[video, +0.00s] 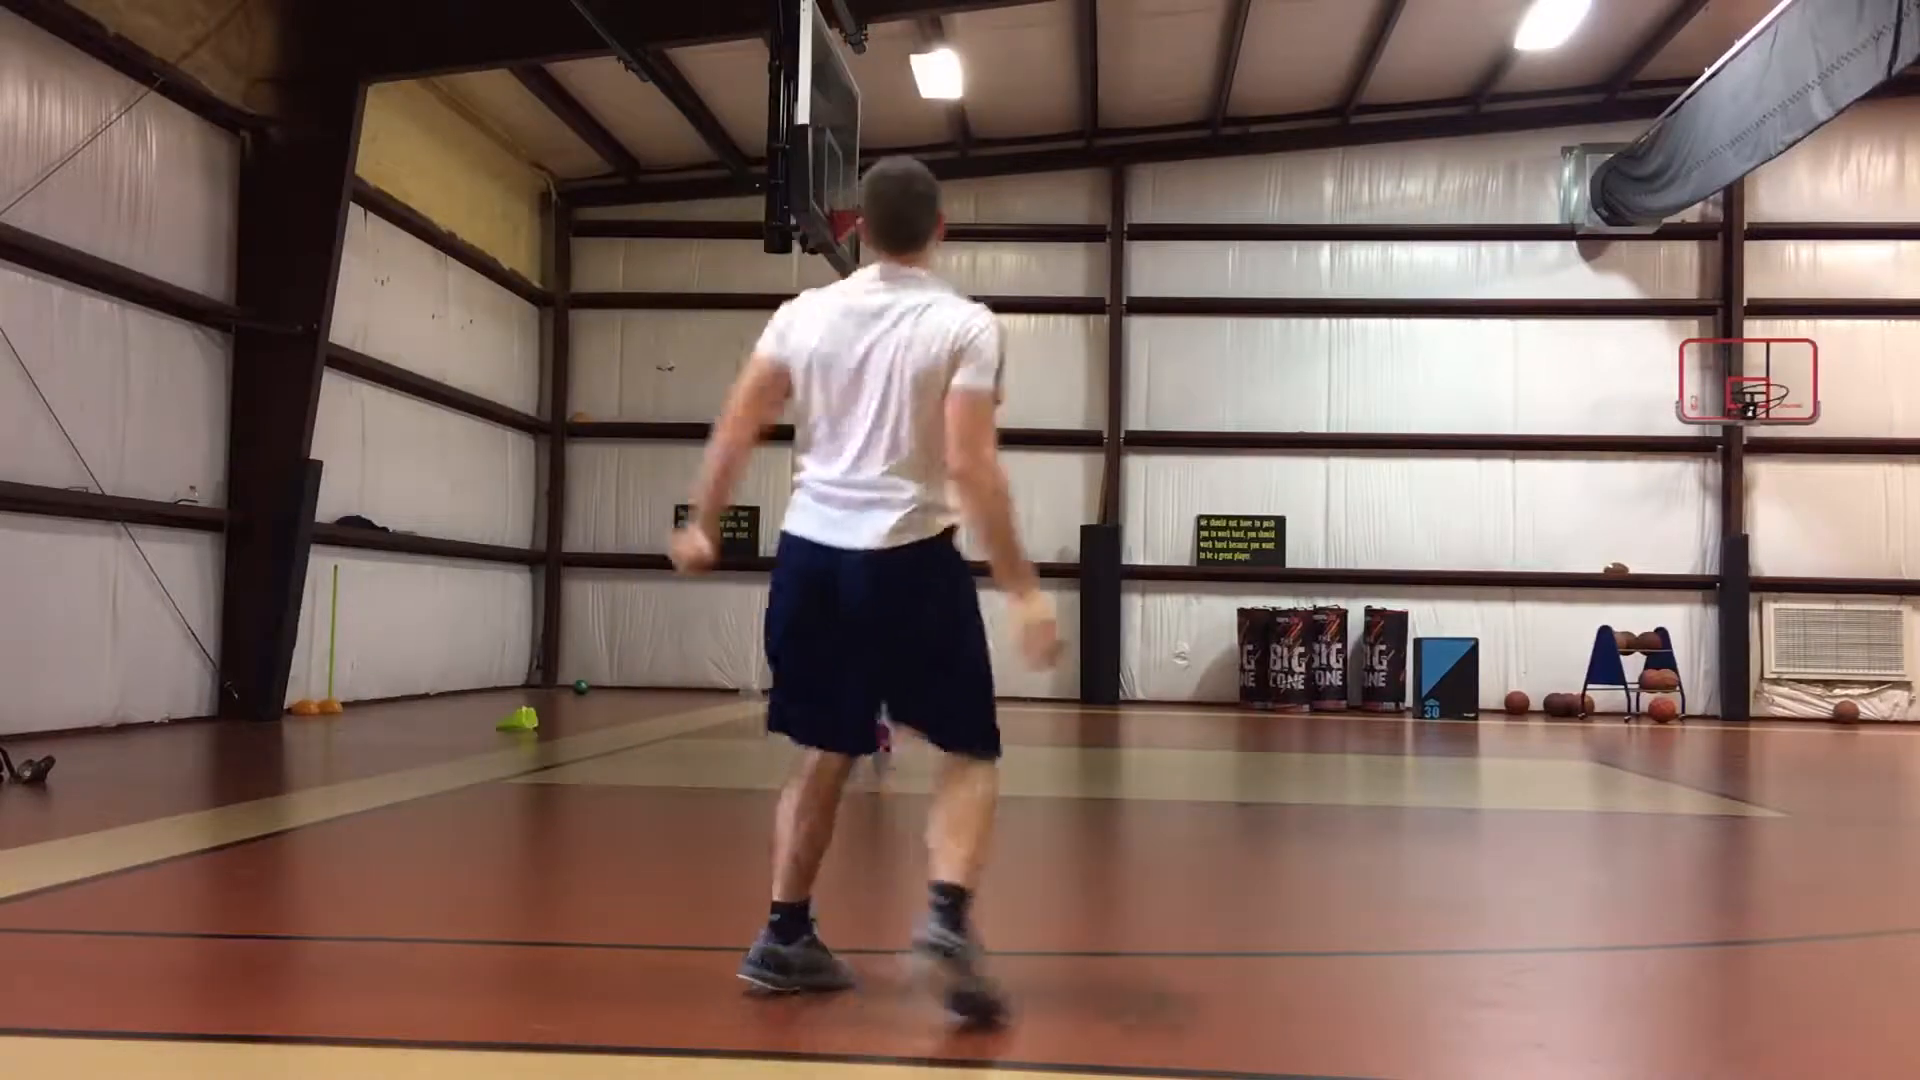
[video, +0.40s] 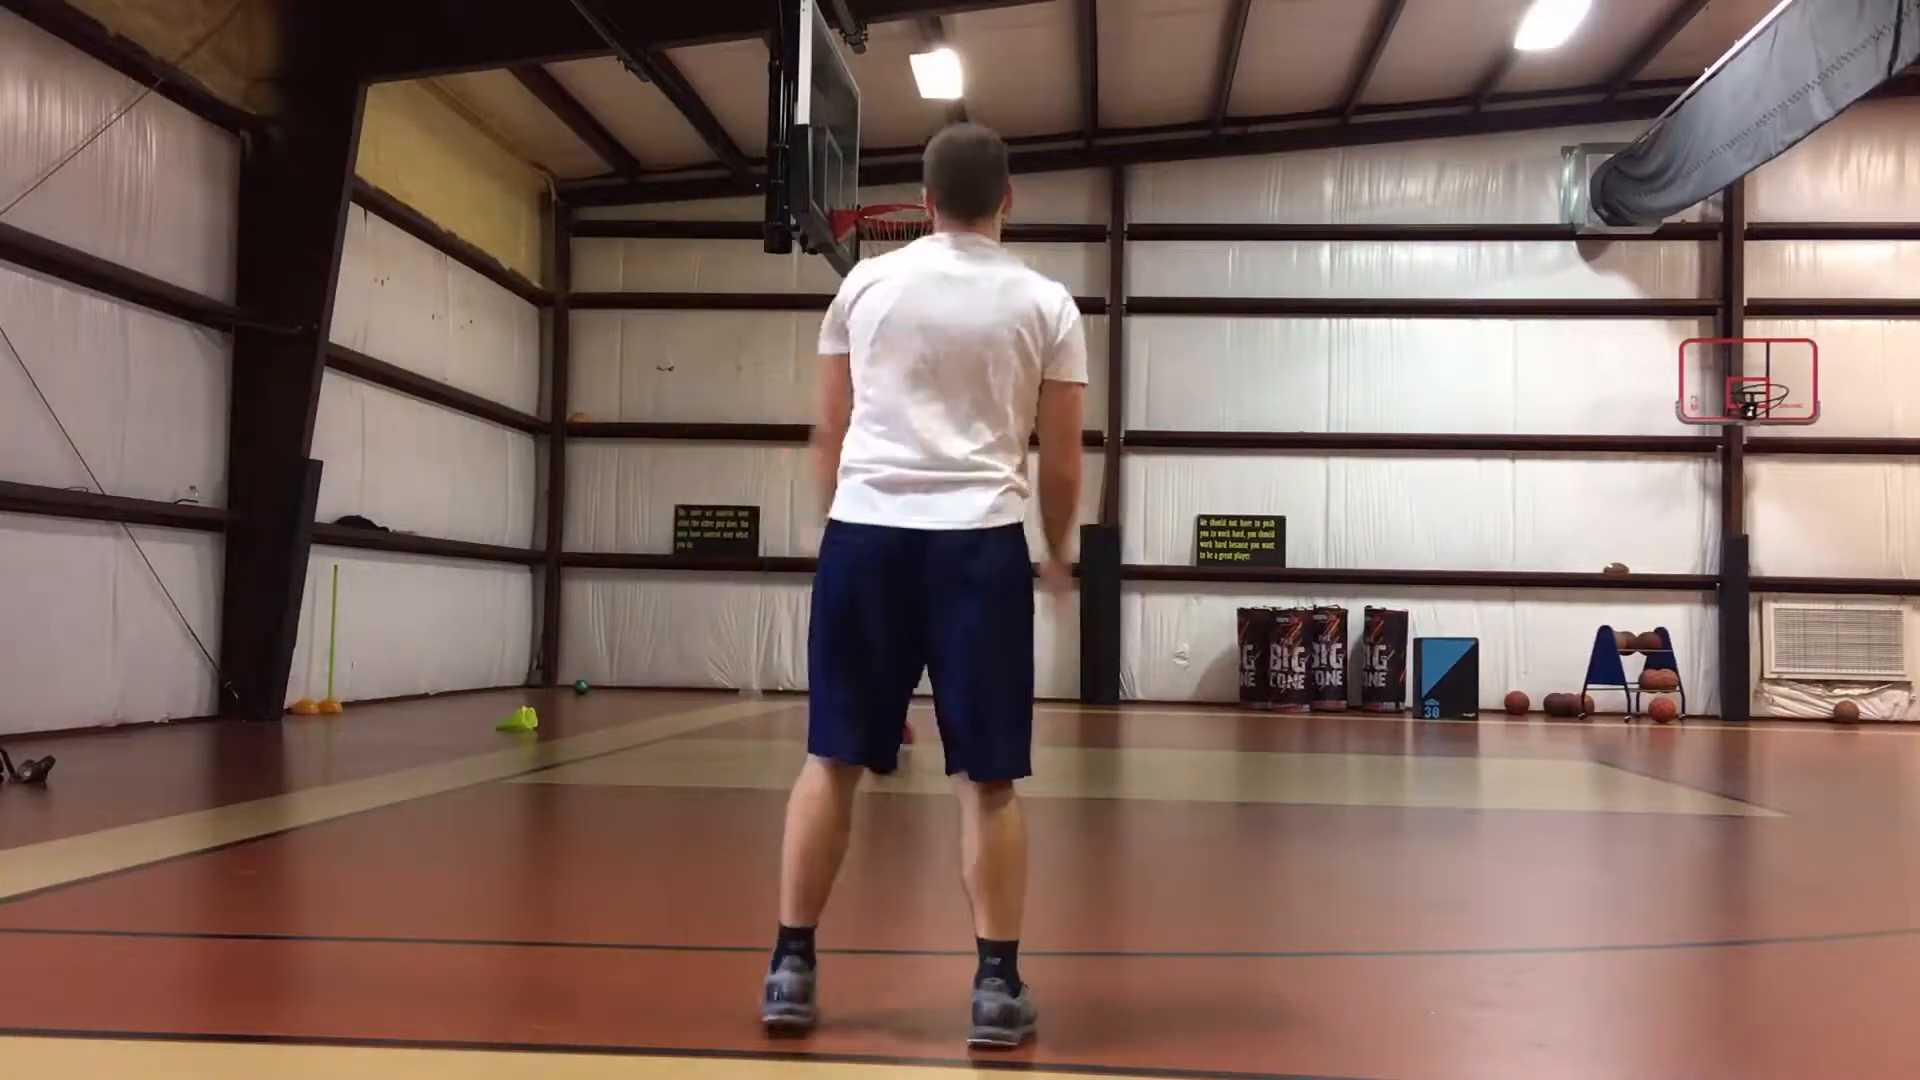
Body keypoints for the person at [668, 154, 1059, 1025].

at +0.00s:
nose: (942, 232)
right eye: (945, 222)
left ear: (862, 230)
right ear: (941, 229)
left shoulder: (803, 315)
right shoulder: (966, 327)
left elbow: (736, 428)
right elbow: (969, 464)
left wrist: (703, 521)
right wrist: (1025, 591)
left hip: (811, 568)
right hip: (913, 575)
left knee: (823, 748)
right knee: (970, 752)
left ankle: (784, 936)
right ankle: (945, 921)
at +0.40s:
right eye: (1007, 193)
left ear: (926, 198)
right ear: (1008, 201)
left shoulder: (862, 288)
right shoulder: (1045, 304)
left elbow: (831, 433)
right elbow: (1062, 459)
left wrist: (840, 529)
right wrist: (1060, 553)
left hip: (864, 548)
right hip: (984, 553)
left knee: (832, 757)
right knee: (990, 778)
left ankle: (791, 965)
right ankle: (997, 986)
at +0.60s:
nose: (885, 202)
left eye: (882, 189)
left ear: (885, 196)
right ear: (971, 196)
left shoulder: (833, 288)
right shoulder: (1019, 300)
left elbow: (838, 402)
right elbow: (1038, 464)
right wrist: (964, 439)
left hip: (842, 563)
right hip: (964, 570)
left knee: (802, 770)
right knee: (986, 789)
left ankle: (779, 978)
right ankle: (998, 987)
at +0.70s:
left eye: (857, 188)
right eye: (939, 190)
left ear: (853, 197)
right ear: (943, 197)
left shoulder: (798, 287)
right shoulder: (987, 291)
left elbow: (801, 394)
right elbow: (1035, 451)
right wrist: (1054, 475)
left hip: (810, 569)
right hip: (937, 576)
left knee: (794, 784)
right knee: (969, 792)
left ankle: (774, 1008)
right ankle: (996, 992)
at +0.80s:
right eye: (912, 176)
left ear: (817, 186)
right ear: (905, 184)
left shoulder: (760, 283)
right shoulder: (951, 280)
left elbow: (750, 437)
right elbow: (991, 427)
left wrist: (826, 487)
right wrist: (1055, 505)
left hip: (782, 562)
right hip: (910, 566)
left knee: (781, 790)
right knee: (946, 790)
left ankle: (775, 1023)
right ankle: (989, 986)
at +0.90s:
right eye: (882, 163)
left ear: (789, 173)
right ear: (878, 169)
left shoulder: (729, 274)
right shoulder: (925, 262)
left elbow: (718, 443)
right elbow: (952, 416)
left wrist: (755, 535)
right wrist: (1015, 526)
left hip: (757, 557)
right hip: (889, 558)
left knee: (769, 790)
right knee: (920, 780)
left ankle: (774, 1027)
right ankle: (948, 998)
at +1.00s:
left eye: (775, 153)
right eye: (856, 151)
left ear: (765, 160)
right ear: (860, 155)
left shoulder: (710, 262)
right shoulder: (904, 250)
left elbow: (675, 432)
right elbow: (931, 407)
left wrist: (642, 558)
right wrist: (978, 529)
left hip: (738, 556)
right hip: (871, 555)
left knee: (760, 790)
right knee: (892, 779)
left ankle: (772, 1030)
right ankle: (866, 988)